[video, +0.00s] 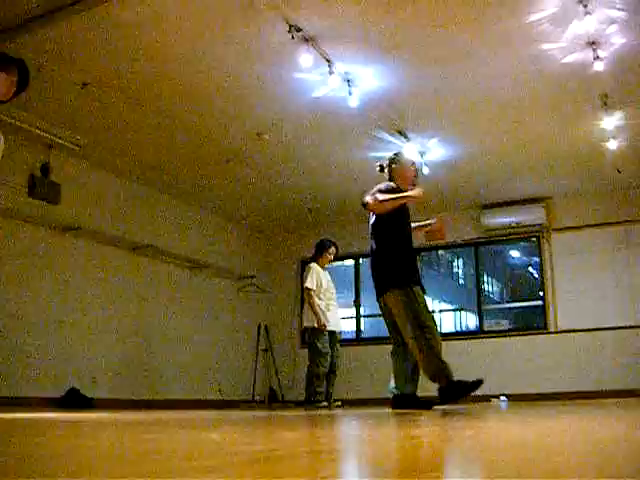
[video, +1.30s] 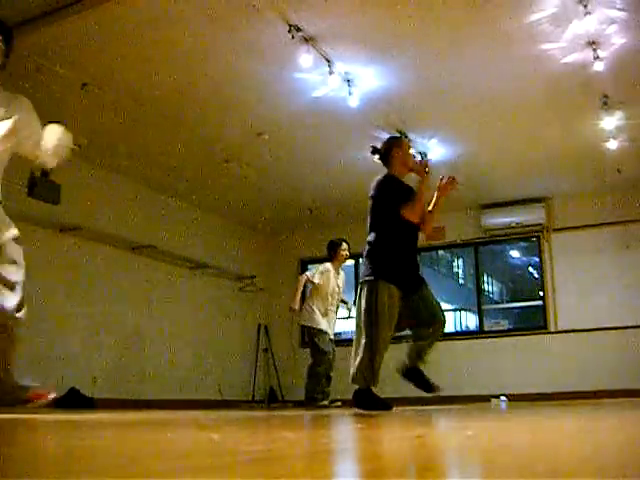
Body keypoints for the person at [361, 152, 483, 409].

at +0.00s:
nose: (415, 171)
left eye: (415, 166)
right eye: (411, 166)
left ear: (400, 169)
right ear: (397, 168)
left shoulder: (396, 196)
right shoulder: (388, 188)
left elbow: (397, 232)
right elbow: (371, 203)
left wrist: (426, 228)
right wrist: (409, 196)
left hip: (389, 278)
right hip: (397, 276)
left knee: (404, 339)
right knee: (422, 330)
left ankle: (404, 394)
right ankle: (446, 384)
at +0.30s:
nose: (411, 170)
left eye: (410, 165)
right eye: (406, 165)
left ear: (390, 169)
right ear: (391, 167)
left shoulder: (382, 195)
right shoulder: (389, 192)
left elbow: (400, 238)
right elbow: (402, 225)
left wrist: (423, 233)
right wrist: (431, 213)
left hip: (383, 279)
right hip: (398, 277)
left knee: (399, 337)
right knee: (420, 328)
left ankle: (401, 391)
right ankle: (415, 386)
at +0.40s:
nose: (410, 169)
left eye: (409, 165)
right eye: (405, 164)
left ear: (392, 168)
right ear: (389, 167)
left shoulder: (396, 198)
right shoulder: (384, 192)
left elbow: (411, 239)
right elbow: (392, 224)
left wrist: (423, 218)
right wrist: (417, 215)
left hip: (404, 272)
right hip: (395, 273)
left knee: (409, 332)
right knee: (406, 330)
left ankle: (406, 390)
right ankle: (386, 383)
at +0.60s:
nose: (404, 161)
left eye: (403, 157)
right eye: (398, 157)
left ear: (395, 163)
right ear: (383, 162)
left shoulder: (399, 203)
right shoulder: (372, 187)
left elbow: (423, 231)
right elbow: (367, 207)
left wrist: (432, 199)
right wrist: (398, 185)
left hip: (407, 276)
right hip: (384, 274)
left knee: (413, 337)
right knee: (378, 334)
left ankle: (407, 392)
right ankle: (362, 391)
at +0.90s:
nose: (389, 161)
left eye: (390, 156)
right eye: (382, 156)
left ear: (393, 164)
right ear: (369, 163)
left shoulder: (401, 197)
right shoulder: (357, 196)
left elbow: (409, 239)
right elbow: (366, 235)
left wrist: (407, 209)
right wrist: (399, 216)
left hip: (397, 276)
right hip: (367, 276)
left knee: (402, 343)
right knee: (366, 334)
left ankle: (369, 372)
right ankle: (363, 391)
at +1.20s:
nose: (403, 159)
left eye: (402, 153)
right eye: (397, 154)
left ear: (399, 158)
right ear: (382, 160)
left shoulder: (410, 192)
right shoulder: (371, 187)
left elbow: (429, 223)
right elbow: (379, 213)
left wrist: (438, 202)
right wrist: (402, 184)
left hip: (405, 267)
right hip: (376, 267)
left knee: (428, 318)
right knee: (373, 328)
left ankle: (391, 340)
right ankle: (362, 389)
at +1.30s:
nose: (413, 155)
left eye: (411, 150)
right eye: (408, 150)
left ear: (399, 155)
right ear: (394, 155)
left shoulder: (404, 188)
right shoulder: (385, 184)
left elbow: (425, 224)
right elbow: (413, 215)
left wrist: (439, 194)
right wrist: (424, 181)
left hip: (406, 269)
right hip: (382, 269)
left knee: (432, 320)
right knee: (377, 330)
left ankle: (412, 365)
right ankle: (363, 389)